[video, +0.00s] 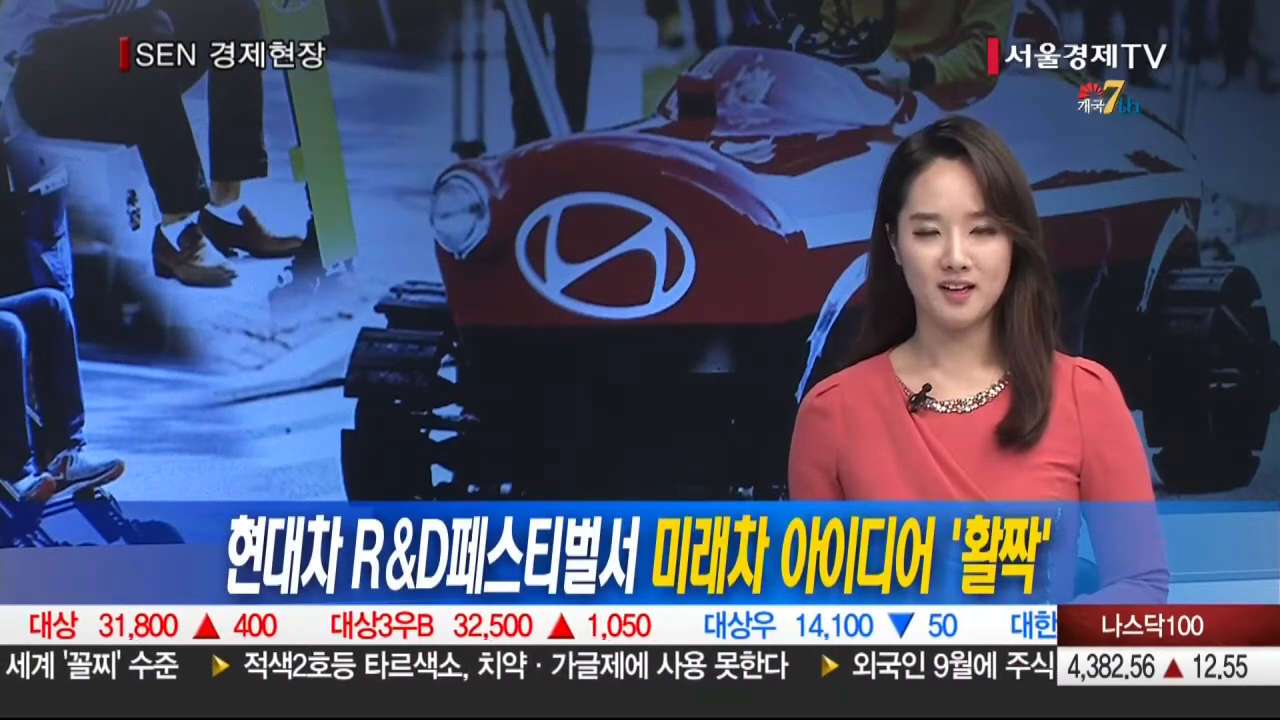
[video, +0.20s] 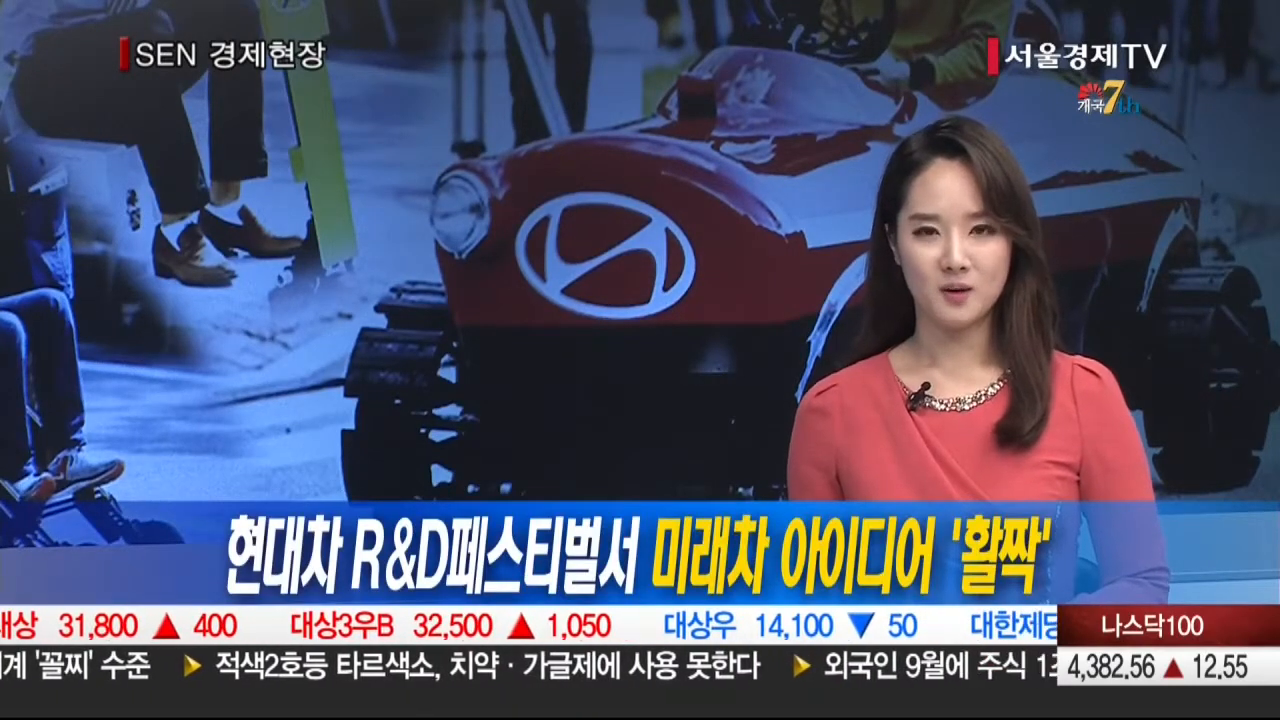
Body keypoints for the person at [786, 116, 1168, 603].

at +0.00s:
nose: (956, 259)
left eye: (982, 230)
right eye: (928, 232)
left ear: (1017, 243)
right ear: (895, 245)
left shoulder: (1085, 397)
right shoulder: (831, 413)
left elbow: (1142, 583)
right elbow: (813, 604)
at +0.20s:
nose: (956, 259)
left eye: (982, 229)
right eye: (927, 232)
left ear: (1016, 244)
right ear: (894, 246)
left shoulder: (1085, 396)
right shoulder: (830, 413)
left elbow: (1144, 580)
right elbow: (812, 603)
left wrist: (1035, 641)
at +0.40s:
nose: (955, 254)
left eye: (982, 226)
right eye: (927, 226)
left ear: (1016, 243)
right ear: (893, 243)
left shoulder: (1084, 396)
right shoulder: (830, 413)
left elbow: (1142, 580)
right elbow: (812, 603)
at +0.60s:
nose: (955, 247)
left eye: (982, 221)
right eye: (927, 221)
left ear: (1016, 241)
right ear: (894, 241)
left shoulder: (1083, 396)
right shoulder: (830, 413)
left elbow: (1142, 581)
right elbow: (810, 603)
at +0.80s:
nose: (955, 248)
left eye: (982, 222)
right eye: (927, 222)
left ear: (1016, 241)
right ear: (894, 241)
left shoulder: (1084, 396)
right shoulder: (830, 413)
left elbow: (1143, 582)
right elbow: (811, 603)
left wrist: (1031, 639)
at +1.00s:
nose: (954, 249)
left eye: (982, 224)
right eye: (928, 222)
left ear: (1015, 243)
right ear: (893, 239)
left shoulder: (1083, 396)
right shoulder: (829, 414)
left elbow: (1142, 580)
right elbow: (811, 604)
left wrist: (1041, 647)